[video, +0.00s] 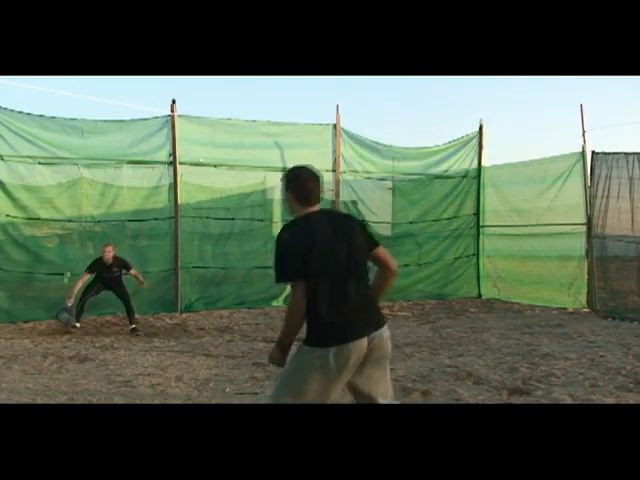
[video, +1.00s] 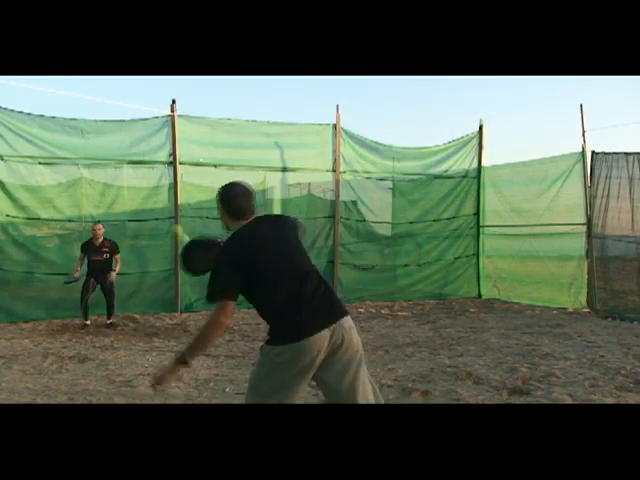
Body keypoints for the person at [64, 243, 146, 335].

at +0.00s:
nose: (107, 255)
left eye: (109, 252)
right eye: (105, 252)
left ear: (113, 253)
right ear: (102, 253)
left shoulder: (120, 262)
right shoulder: (97, 263)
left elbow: (133, 272)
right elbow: (82, 279)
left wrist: (141, 281)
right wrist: (72, 297)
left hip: (116, 283)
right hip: (99, 283)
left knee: (127, 301)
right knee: (83, 298)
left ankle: (133, 326)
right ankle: (77, 322)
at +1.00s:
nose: (97, 232)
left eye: (99, 229)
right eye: (94, 230)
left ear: (103, 230)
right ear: (92, 231)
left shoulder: (111, 245)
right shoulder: (86, 245)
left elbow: (118, 260)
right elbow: (81, 258)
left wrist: (115, 271)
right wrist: (77, 270)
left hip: (106, 275)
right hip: (92, 275)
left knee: (110, 298)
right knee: (84, 297)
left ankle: (109, 320)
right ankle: (86, 321)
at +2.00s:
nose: (112, 225)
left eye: (115, 223)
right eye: (110, 223)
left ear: (118, 225)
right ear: (107, 226)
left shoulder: (124, 240)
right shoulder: (101, 239)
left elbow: (129, 254)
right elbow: (100, 243)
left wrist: (131, 262)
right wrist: (101, 231)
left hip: (119, 273)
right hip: (104, 272)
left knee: (123, 298)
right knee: (96, 298)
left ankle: (126, 323)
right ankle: (91, 322)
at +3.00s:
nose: (100, 251)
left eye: (101, 249)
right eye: (97, 249)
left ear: (104, 251)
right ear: (94, 251)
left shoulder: (109, 264)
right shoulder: (87, 263)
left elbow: (111, 279)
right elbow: (82, 276)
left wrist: (107, 290)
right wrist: (87, 278)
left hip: (101, 290)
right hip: (87, 290)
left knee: (117, 301)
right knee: (73, 304)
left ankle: (118, 323)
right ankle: (75, 323)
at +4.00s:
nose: (109, 231)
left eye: (111, 228)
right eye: (107, 228)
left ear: (114, 230)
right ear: (103, 229)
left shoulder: (117, 246)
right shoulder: (93, 243)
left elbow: (119, 259)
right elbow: (81, 257)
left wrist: (121, 269)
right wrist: (90, 256)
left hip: (108, 275)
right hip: (94, 275)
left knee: (118, 297)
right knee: (87, 298)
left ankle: (120, 320)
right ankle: (85, 322)